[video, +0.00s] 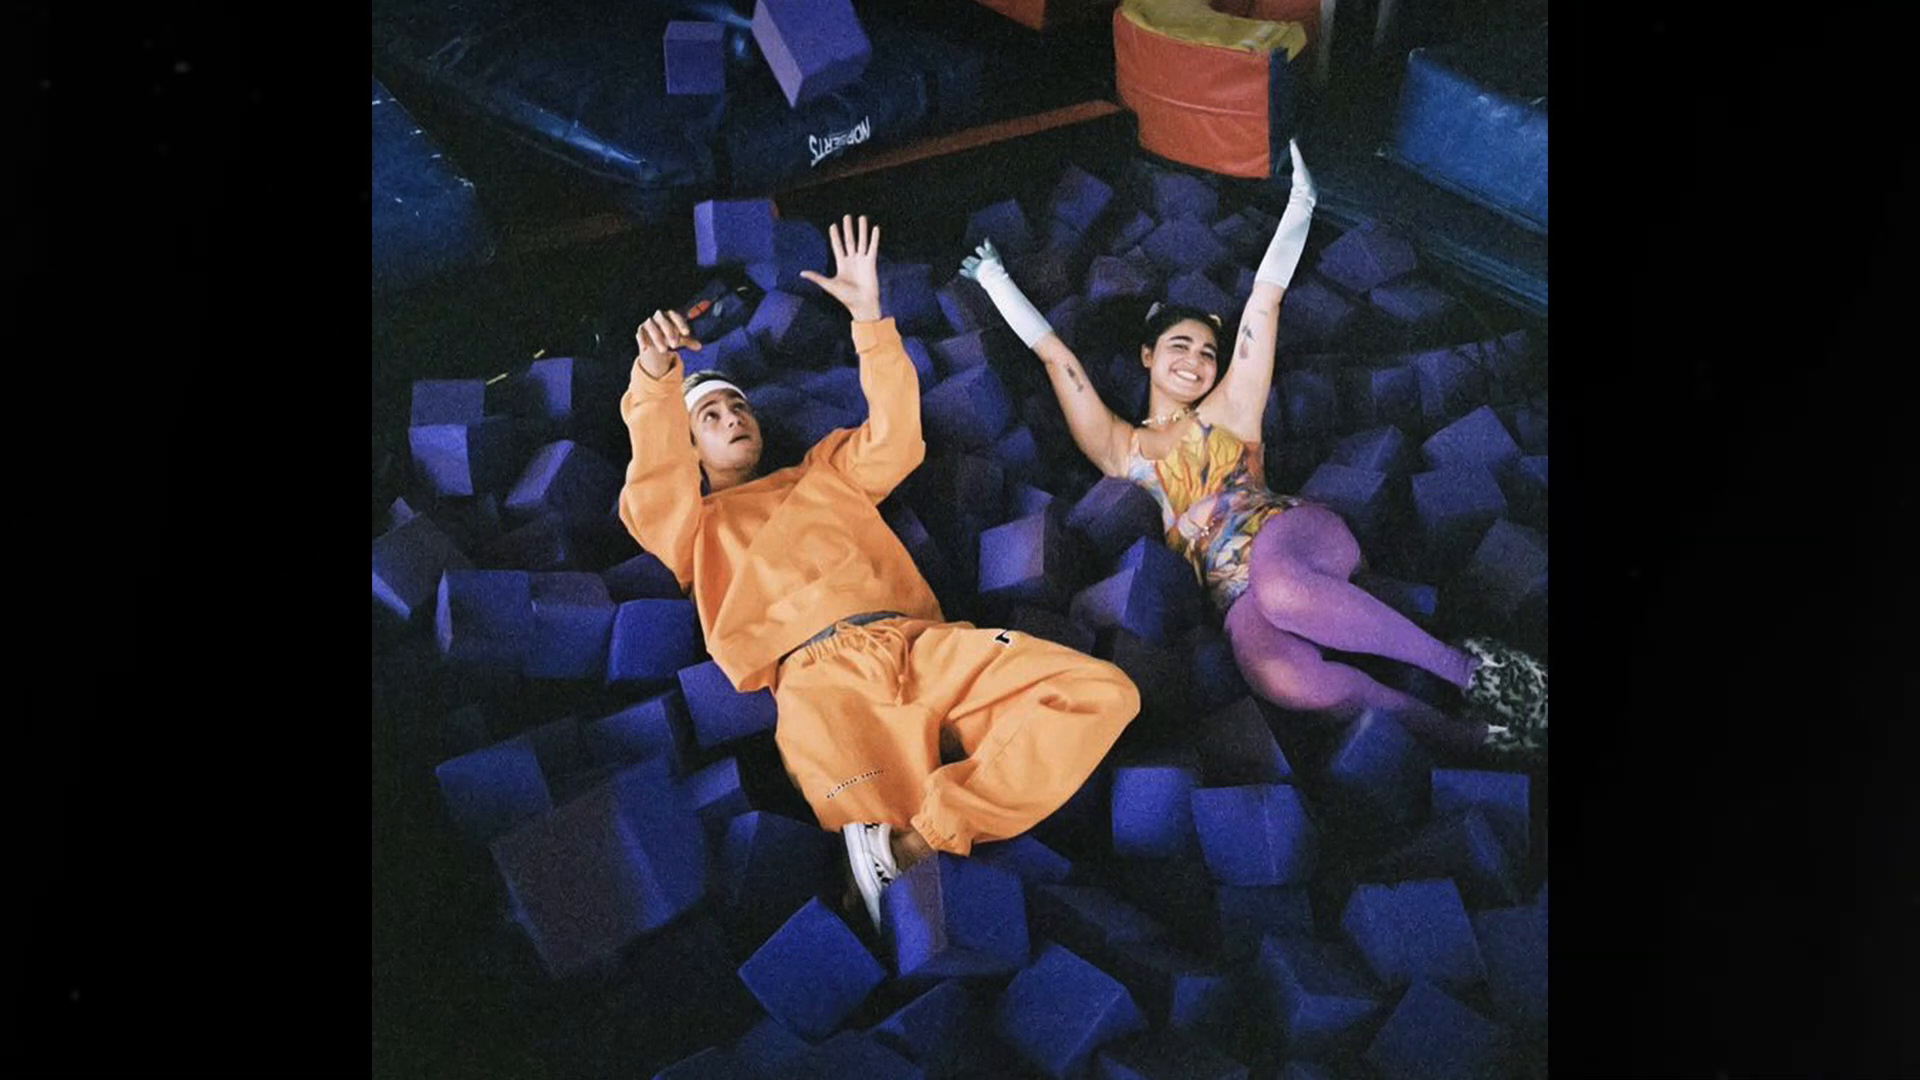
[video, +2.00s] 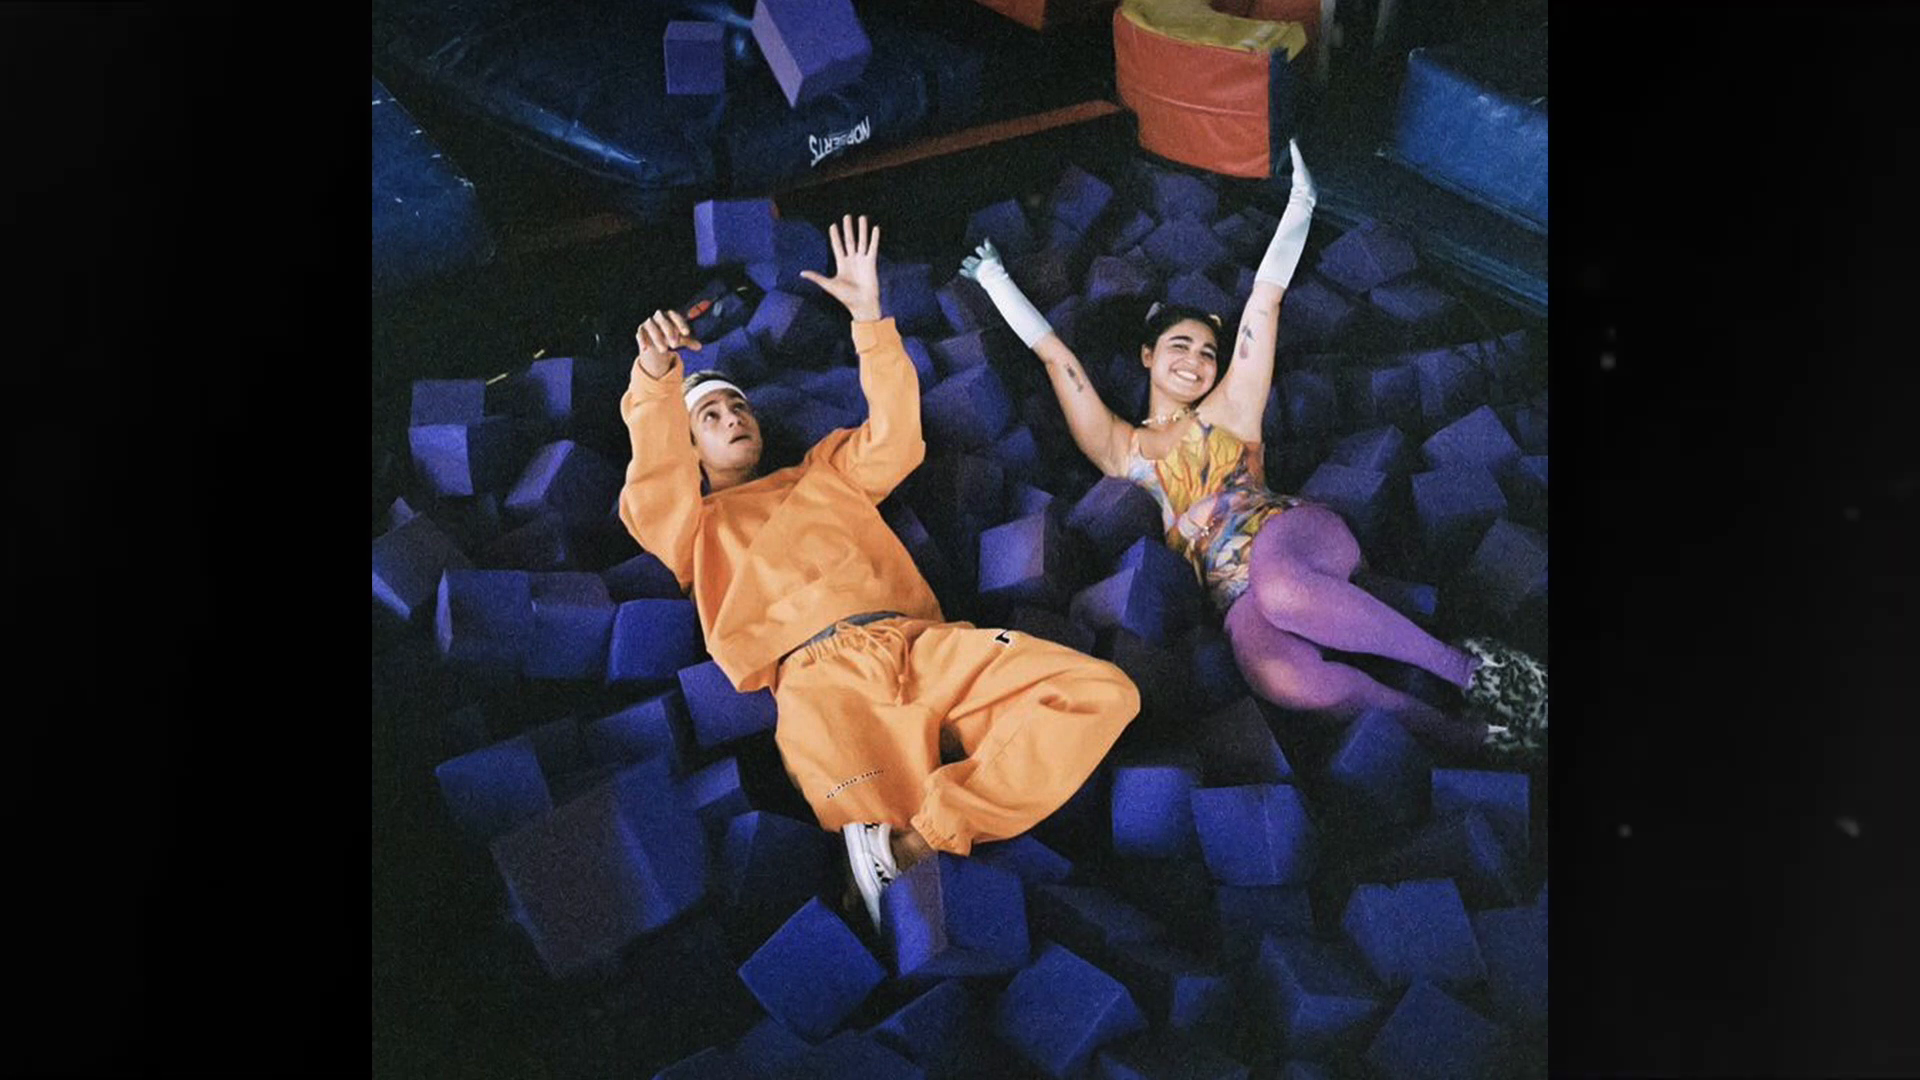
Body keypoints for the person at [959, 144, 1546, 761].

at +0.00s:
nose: (1191, 360)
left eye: (1205, 354)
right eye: (1176, 346)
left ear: (1216, 371)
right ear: (1145, 358)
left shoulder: (1230, 411)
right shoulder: (1122, 449)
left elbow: (1264, 305)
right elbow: (1058, 360)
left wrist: (1298, 209)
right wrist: (992, 278)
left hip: (1288, 530)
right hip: (1238, 596)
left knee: (1279, 592)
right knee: (1288, 681)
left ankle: (1472, 671)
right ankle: (1465, 736)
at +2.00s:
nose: (1191, 359)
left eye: (1205, 353)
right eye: (1177, 346)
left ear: (1217, 370)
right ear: (1145, 358)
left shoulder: (1230, 411)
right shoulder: (1123, 448)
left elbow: (1265, 304)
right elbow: (1057, 359)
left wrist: (1298, 209)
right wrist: (992, 278)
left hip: (1289, 531)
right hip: (1239, 598)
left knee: (1278, 592)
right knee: (1285, 679)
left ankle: (1471, 670)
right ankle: (1455, 728)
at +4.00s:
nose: (1191, 360)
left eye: (1205, 354)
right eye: (1177, 346)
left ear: (1217, 370)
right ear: (1145, 357)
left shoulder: (1230, 411)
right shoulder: (1122, 448)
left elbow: (1264, 305)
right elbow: (1058, 359)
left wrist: (1298, 209)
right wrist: (992, 278)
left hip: (1288, 531)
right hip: (1238, 596)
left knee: (1280, 593)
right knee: (1287, 680)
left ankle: (1472, 671)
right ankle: (1462, 733)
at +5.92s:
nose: (1190, 359)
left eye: (1204, 353)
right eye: (1176, 346)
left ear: (1216, 370)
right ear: (1145, 358)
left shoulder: (1230, 411)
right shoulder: (1122, 449)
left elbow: (1264, 305)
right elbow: (1057, 359)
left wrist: (1299, 209)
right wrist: (992, 277)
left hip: (1288, 531)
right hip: (1238, 596)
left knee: (1279, 593)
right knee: (1286, 680)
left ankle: (1471, 671)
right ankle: (1462, 733)